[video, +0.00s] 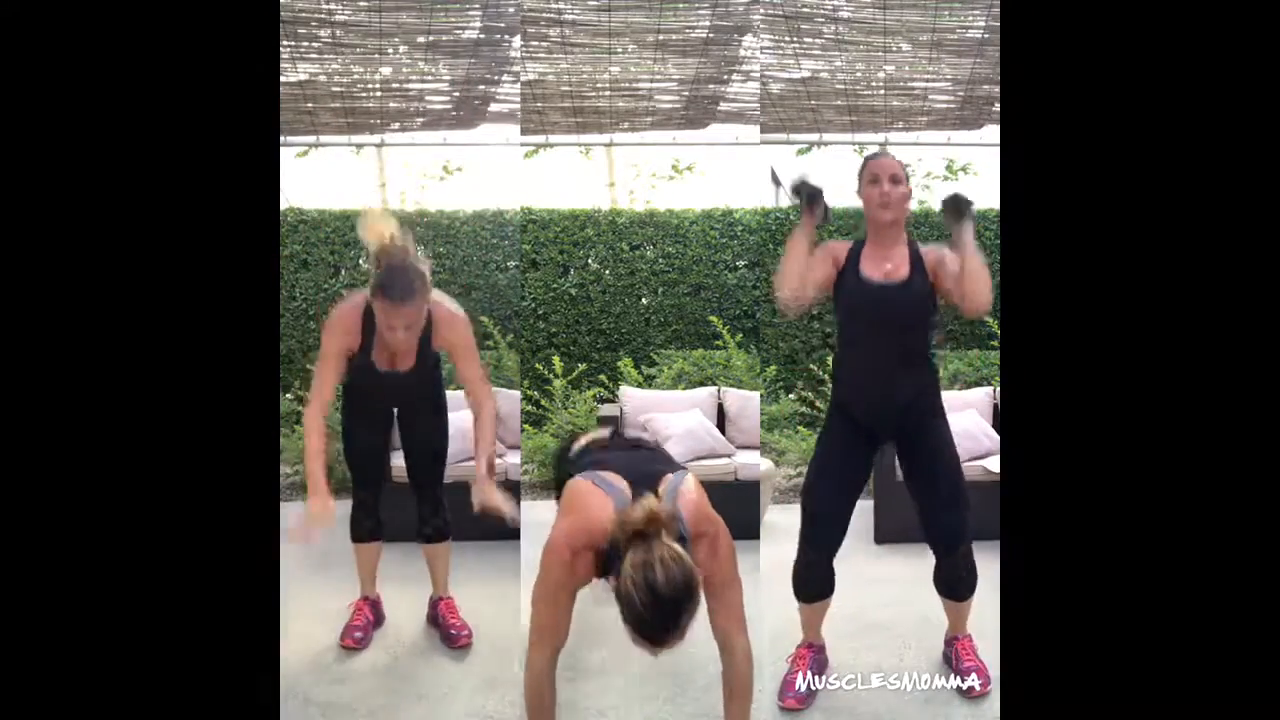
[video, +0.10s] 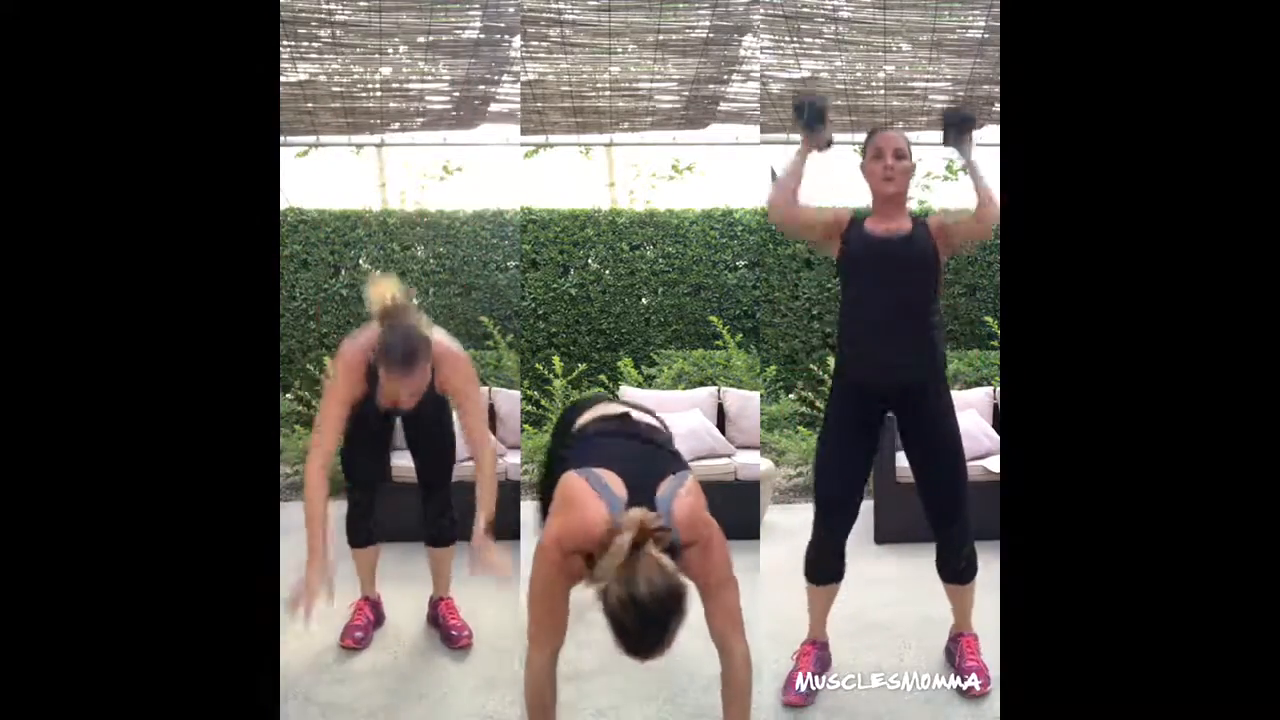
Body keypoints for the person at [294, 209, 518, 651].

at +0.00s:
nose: (400, 333)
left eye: (410, 325)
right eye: (391, 325)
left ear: (426, 305)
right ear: (375, 303)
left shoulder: (448, 319)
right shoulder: (348, 317)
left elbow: (482, 399)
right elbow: (315, 408)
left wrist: (485, 478)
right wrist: (317, 491)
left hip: (422, 395)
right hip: (364, 396)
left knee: (430, 495)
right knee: (367, 496)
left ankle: (442, 601)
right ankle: (368, 601)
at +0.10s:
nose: (403, 399)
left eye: (413, 389)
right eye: (395, 389)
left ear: (428, 367)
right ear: (378, 365)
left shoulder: (451, 361)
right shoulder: (353, 357)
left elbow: (483, 450)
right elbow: (317, 462)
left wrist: (484, 529)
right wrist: (316, 560)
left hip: (428, 399)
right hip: (368, 401)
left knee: (437, 493)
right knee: (363, 495)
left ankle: (442, 601)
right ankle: (368, 601)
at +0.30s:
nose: (407, 514)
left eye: (413, 506)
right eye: (398, 508)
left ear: (431, 470)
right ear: (374, 468)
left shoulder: (445, 438)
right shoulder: (356, 438)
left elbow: (475, 553)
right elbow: (330, 567)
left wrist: (479, 653)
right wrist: (317, 671)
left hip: (430, 392)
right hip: (367, 390)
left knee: (449, 508)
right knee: (356, 513)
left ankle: (442, 602)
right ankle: (368, 602)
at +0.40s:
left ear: (431, 518)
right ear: (374, 511)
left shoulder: (446, 476)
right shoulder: (353, 475)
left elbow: (463, 585)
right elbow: (334, 590)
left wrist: (473, 685)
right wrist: (323, 691)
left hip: (429, 366)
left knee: (452, 497)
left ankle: (448, 595)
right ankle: (365, 597)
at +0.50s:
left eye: (404, 582)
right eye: (386, 578)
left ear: (427, 534)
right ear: (370, 536)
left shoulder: (445, 489)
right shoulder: (350, 489)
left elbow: (463, 593)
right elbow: (327, 593)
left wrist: (470, 689)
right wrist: (323, 692)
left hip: (427, 361)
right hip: (363, 361)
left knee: (451, 482)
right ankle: (362, 543)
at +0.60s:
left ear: (425, 543)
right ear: (360, 544)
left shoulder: (449, 499)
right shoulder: (344, 498)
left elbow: (473, 603)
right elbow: (317, 600)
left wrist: (471, 693)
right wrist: (323, 695)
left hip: (428, 391)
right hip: (361, 397)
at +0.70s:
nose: (395, 602)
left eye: (404, 595)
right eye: (386, 597)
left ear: (422, 542)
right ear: (356, 546)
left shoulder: (449, 497)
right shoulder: (341, 497)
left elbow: (474, 602)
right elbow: (316, 605)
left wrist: (472, 691)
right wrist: (322, 693)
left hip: (435, 433)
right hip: (365, 433)